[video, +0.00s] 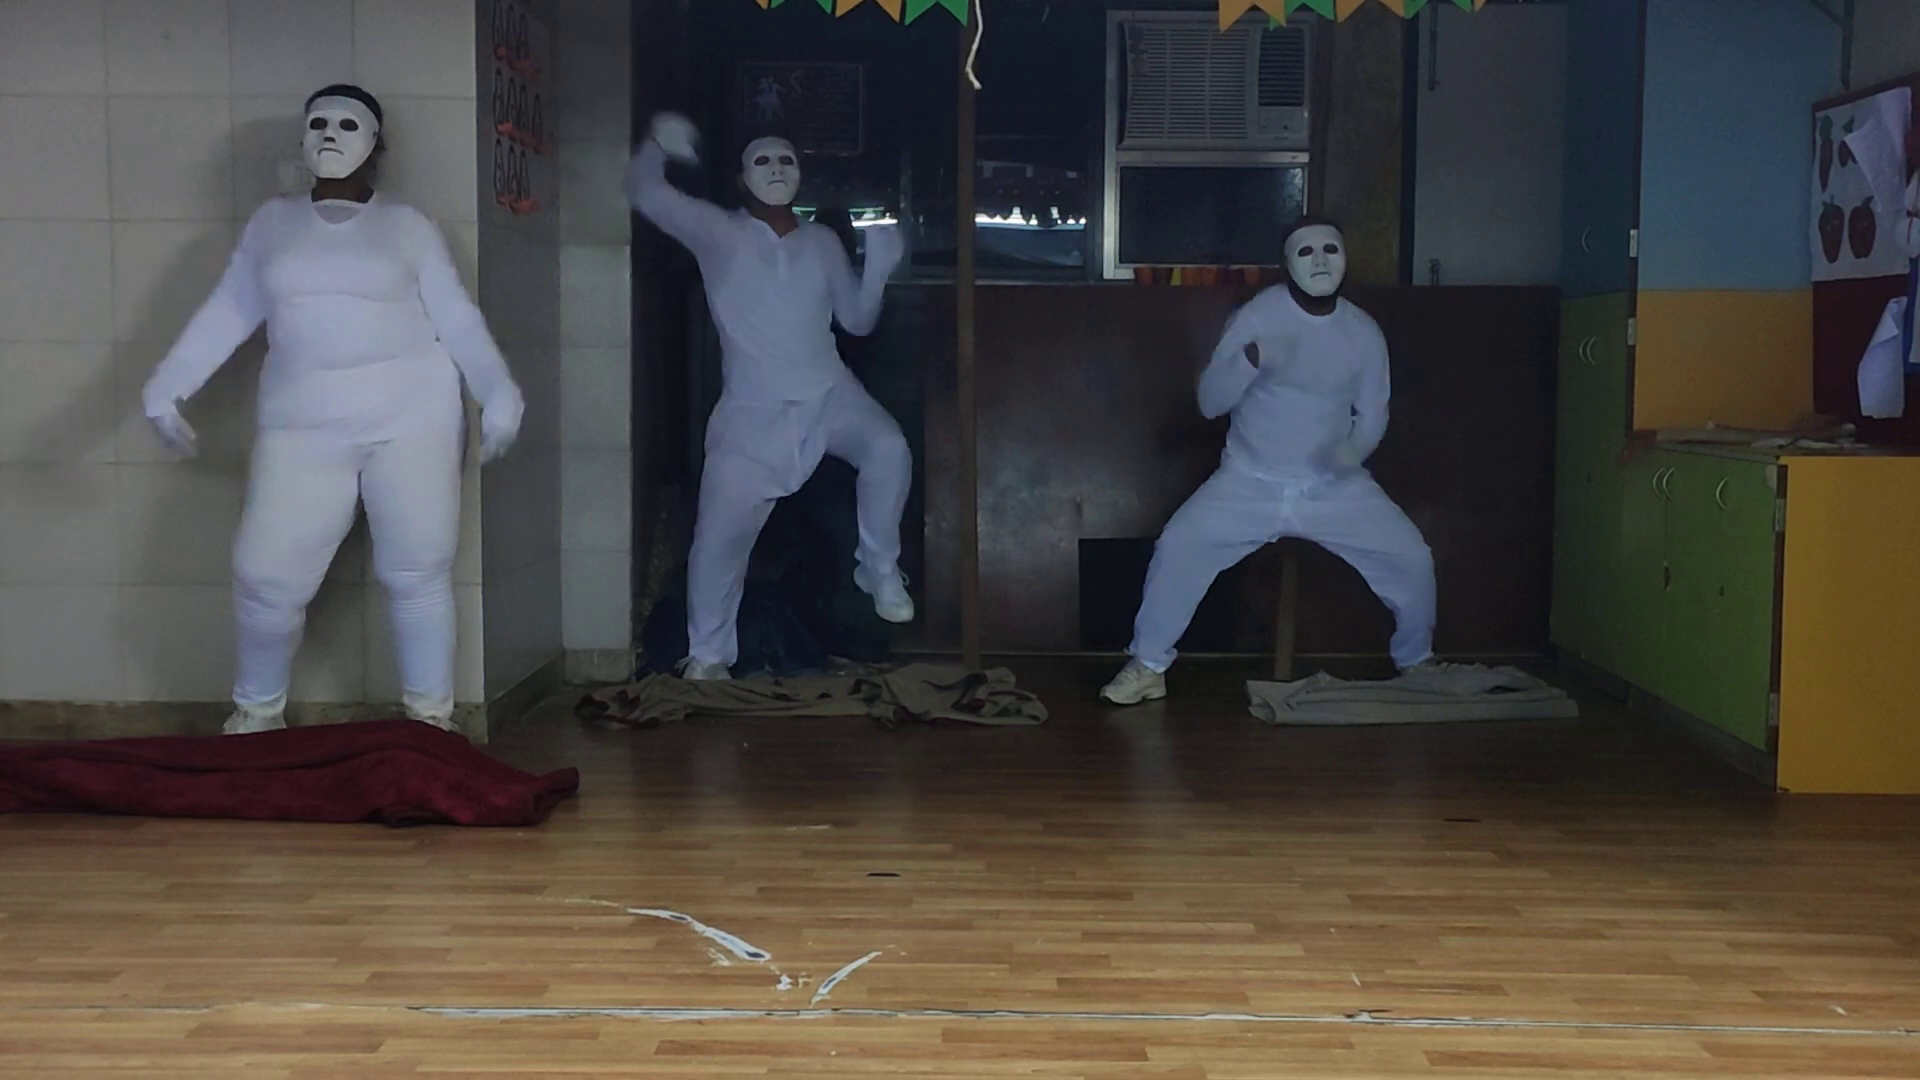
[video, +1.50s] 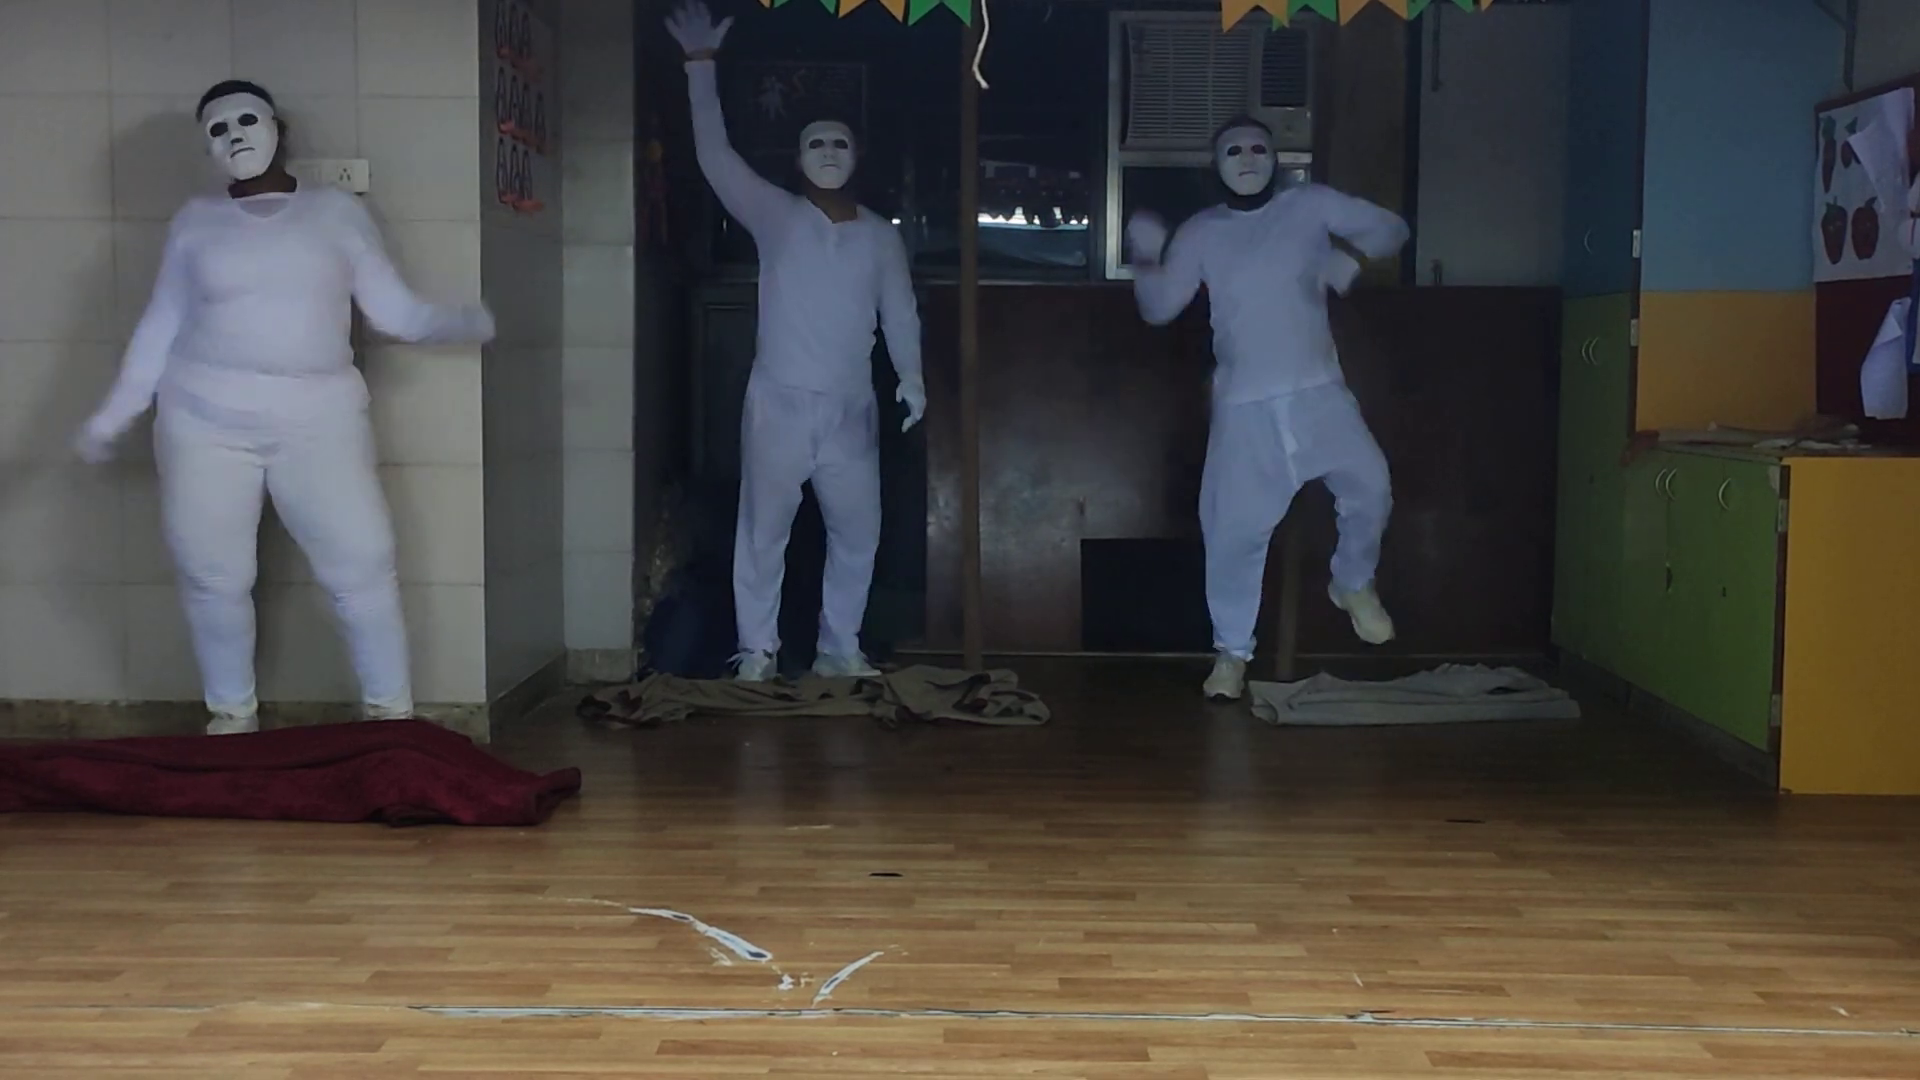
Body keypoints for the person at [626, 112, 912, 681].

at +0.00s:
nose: (776, 171)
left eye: (786, 161)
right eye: (761, 162)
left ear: (798, 173)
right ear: (742, 176)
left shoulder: (823, 244)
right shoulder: (720, 233)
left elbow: (857, 319)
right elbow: (645, 192)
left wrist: (877, 267)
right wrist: (656, 146)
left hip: (828, 395)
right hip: (752, 407)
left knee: (888, 448)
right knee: (720, 541)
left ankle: (879, 568)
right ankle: (709, 658)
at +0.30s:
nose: (782, 185)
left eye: (793, 174)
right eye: (770, 176)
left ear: (817, 182)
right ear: (757, 190)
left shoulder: (851, 229)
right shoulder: (757, 272)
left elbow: (920, 169)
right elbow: (748, 348)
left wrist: (912, 82)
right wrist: (765, 369)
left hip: (864, 413)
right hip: (786, 421)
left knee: (907, 533)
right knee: (737, 532)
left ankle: (930, 656)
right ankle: (714, 660)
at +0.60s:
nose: (873, 161)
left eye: (887, 154)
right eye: (864, 153)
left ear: (910, 172)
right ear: (851, 167)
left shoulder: (928, 258)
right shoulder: (829, 228)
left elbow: (952, 345)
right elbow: (754, 218)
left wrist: (922, 423)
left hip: (885, 416)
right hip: (809, 392)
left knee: (912, 547)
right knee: (730, 458)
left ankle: (926, 659)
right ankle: (735, 568)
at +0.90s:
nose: (927, 196)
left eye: (939, 190)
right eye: (917, 184)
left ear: (948, 206)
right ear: (892, 191)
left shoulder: (942, 290)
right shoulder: (849, 228)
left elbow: (937, 367)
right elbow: (774, 191)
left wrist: (916, 410)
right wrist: (799, 134)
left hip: (875, 422)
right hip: (801, 406)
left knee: (902, 540)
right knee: (762, 518)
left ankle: (925, 659)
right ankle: (757, 641)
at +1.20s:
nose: (842, 156)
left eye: (854, 147)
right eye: (830, 146)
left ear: (869, 162)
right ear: (811, 158)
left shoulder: (885, 241)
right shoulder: (776, 210)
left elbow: (899, 320)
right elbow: (700, 170)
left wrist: (912, 385)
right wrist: (680, 106)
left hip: (851, 403)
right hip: (776, 400)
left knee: (882, 517)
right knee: (759, 528)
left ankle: (883, 645)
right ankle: (759, 652)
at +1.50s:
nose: (830, 155)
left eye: (841, 146)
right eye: (818, 145)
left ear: (857, 158)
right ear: (798, 159)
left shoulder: (882, 237)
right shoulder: (776, 215)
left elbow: (901, 316)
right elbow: (714, 153)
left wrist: (910, 378)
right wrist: (701, 65)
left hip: (851, 407)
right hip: (778, 404)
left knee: (857, 535)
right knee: (764, 531)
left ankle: (839, 652)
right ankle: (757, 652)